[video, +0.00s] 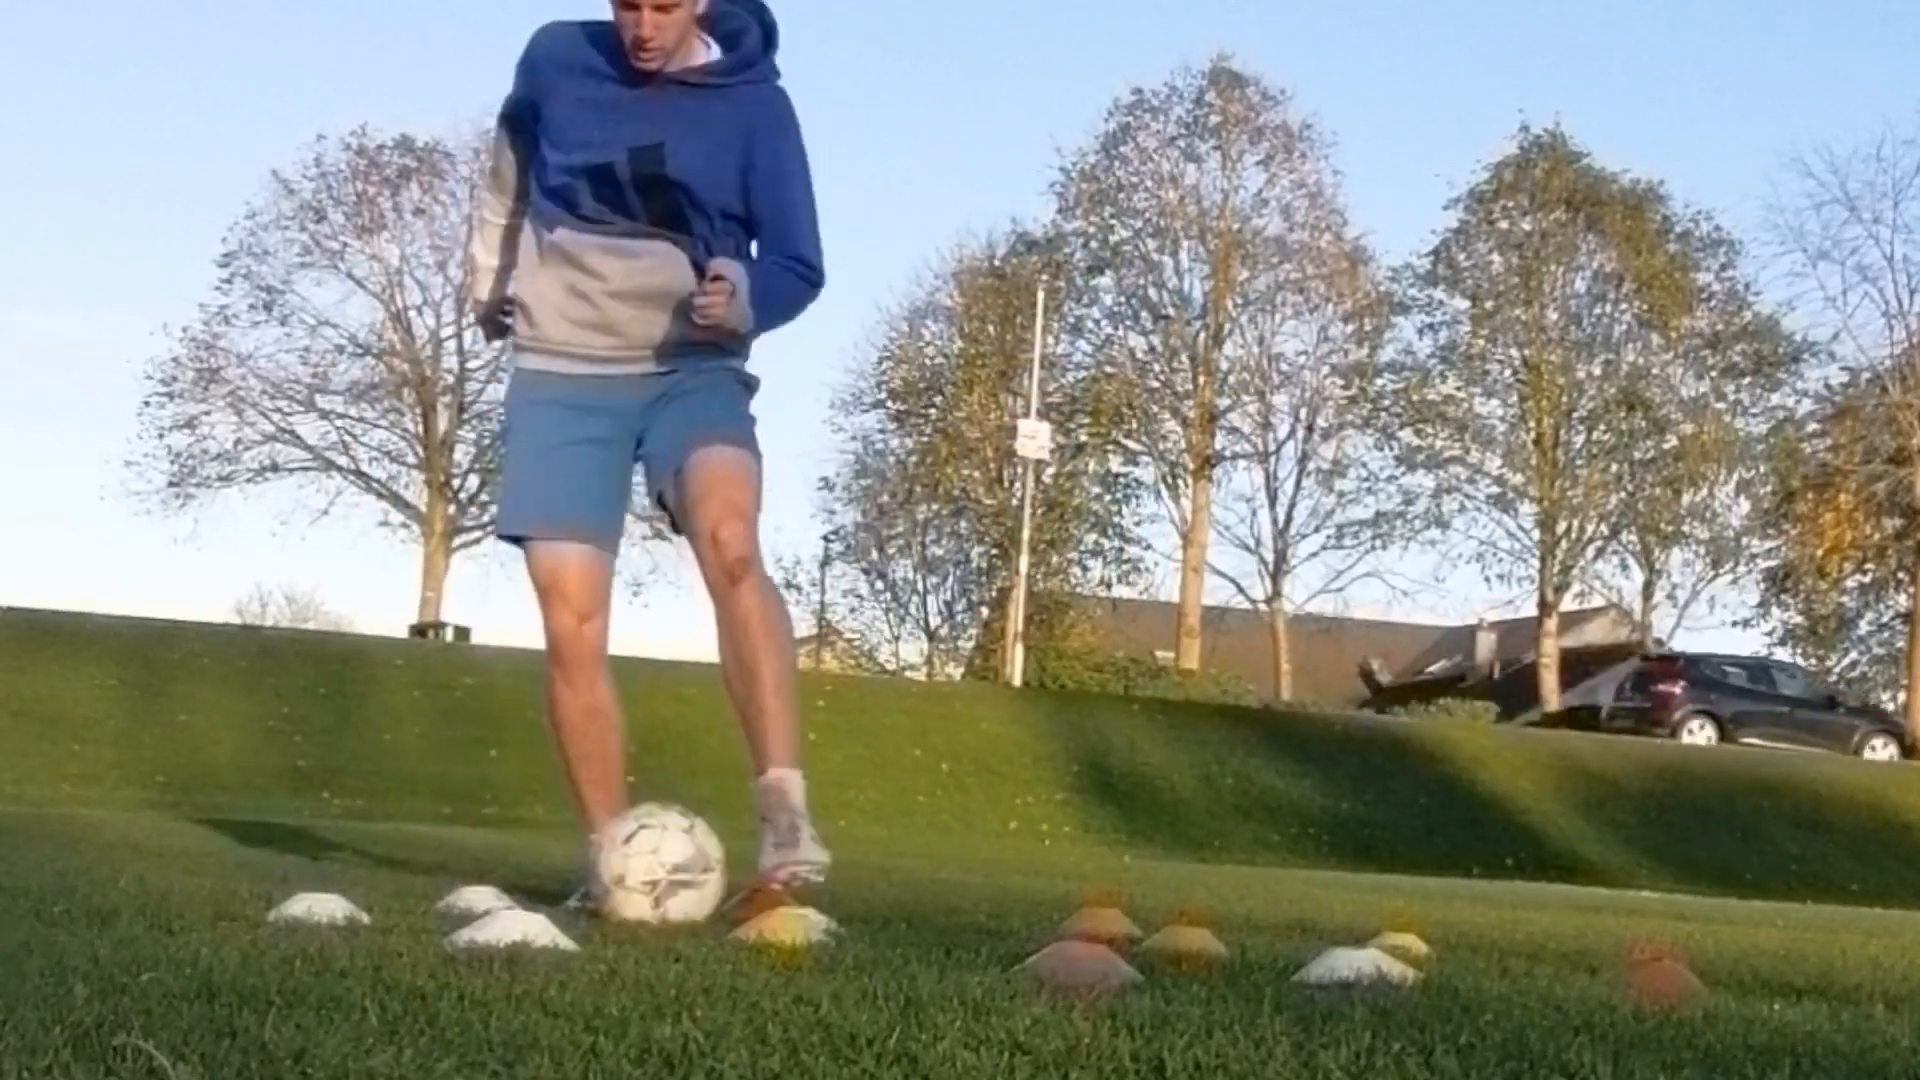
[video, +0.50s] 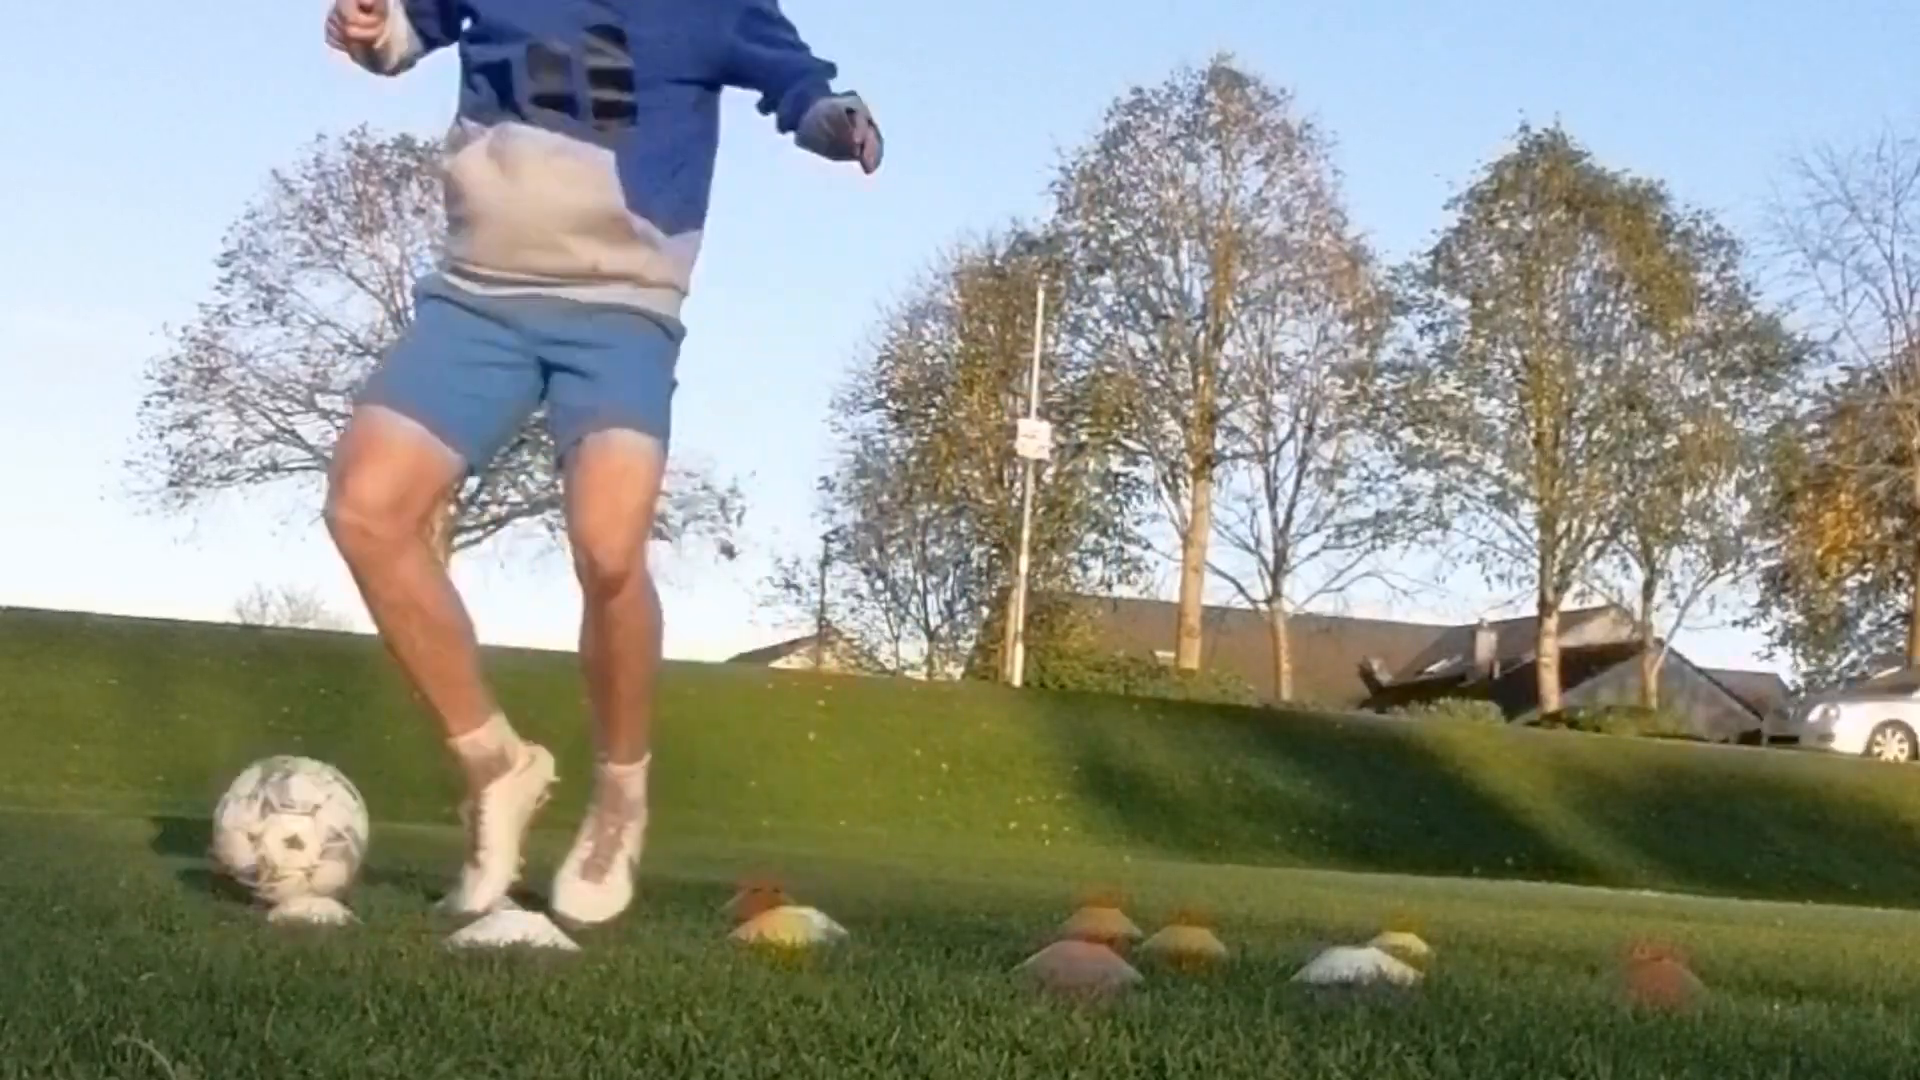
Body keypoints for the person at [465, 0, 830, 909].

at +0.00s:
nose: (641, 26)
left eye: (662, 9)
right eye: (627, 7)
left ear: (701, 3)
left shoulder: (754, 100)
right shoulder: (557, 56)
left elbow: (796, 263)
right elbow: (509, 155)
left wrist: (747, 302)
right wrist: (490, 271)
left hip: (692, 381)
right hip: (559, 384)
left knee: (734, 550)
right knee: (570, 625)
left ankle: (785, 821)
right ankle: (612, 872)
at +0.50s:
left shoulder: (714, 10)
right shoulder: (484, 0)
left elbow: (798, 85)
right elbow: (413, 27)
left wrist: (841, 123)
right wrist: (376, 33)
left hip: (621, 311)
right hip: (475, 297)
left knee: (609, 554)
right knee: (368, 510)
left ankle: (619, 796)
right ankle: (498, 764)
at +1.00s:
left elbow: (410, 187)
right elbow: (69, 79)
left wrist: (352, 285)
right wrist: (61, 177)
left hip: (311, 364)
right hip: (129, 321)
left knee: (413, 603)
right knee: (5, 565)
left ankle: (147, 700)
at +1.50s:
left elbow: (522, 89)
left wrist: (628, 184)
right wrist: (298, 130)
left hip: (516, 189)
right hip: (414, 161)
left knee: (676, 478)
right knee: (549, 482)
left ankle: (597, 817)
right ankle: (436, 871)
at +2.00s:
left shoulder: (814, 19)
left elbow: (837, 59)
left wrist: (973, 97)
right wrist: (448, 31)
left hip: (576, 201)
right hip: (675, 186)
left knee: (640, 557)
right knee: (877, 472)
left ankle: (493, 879)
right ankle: (837, 810)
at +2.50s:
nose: (1002, 39)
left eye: (1008, 27)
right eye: (1004, 21)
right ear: (978, 6)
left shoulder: (719, 8)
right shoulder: (935, 5)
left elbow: (578, 34)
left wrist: (662, 155)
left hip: (611, 240)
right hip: (760, 252)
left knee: (594, 513)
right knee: (852, 557)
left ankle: (466, 782)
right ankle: (865, 875)